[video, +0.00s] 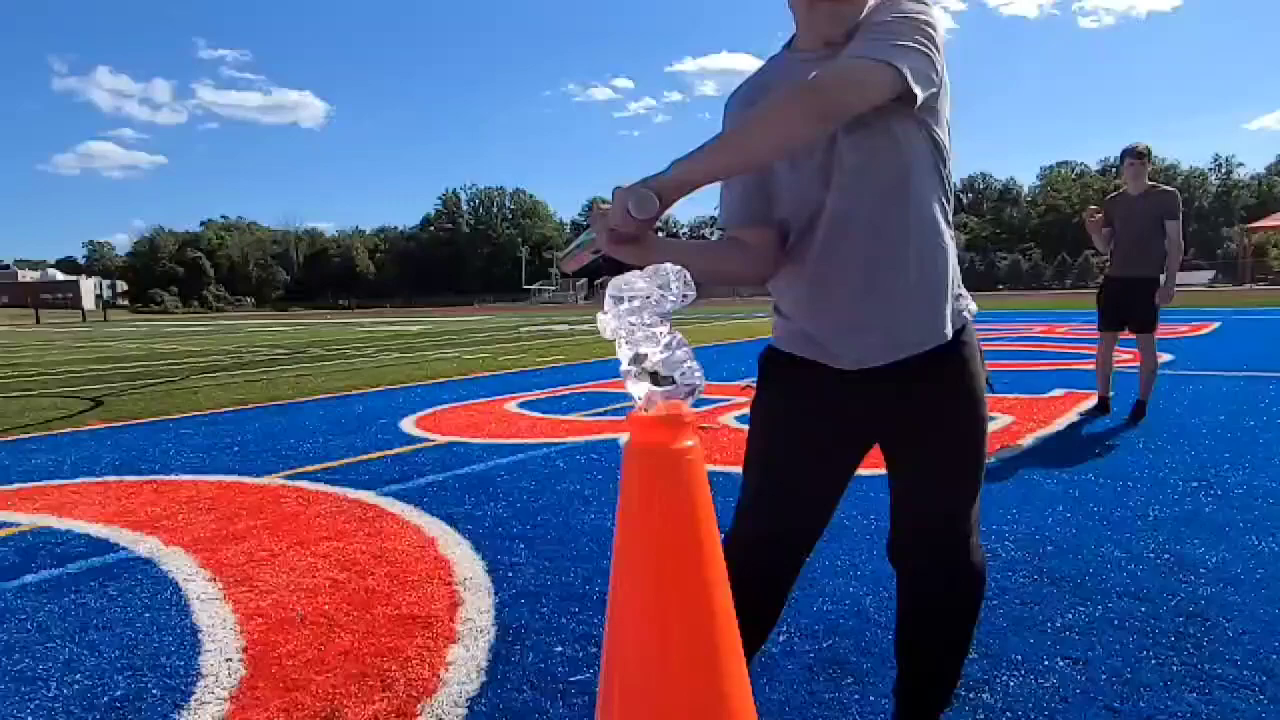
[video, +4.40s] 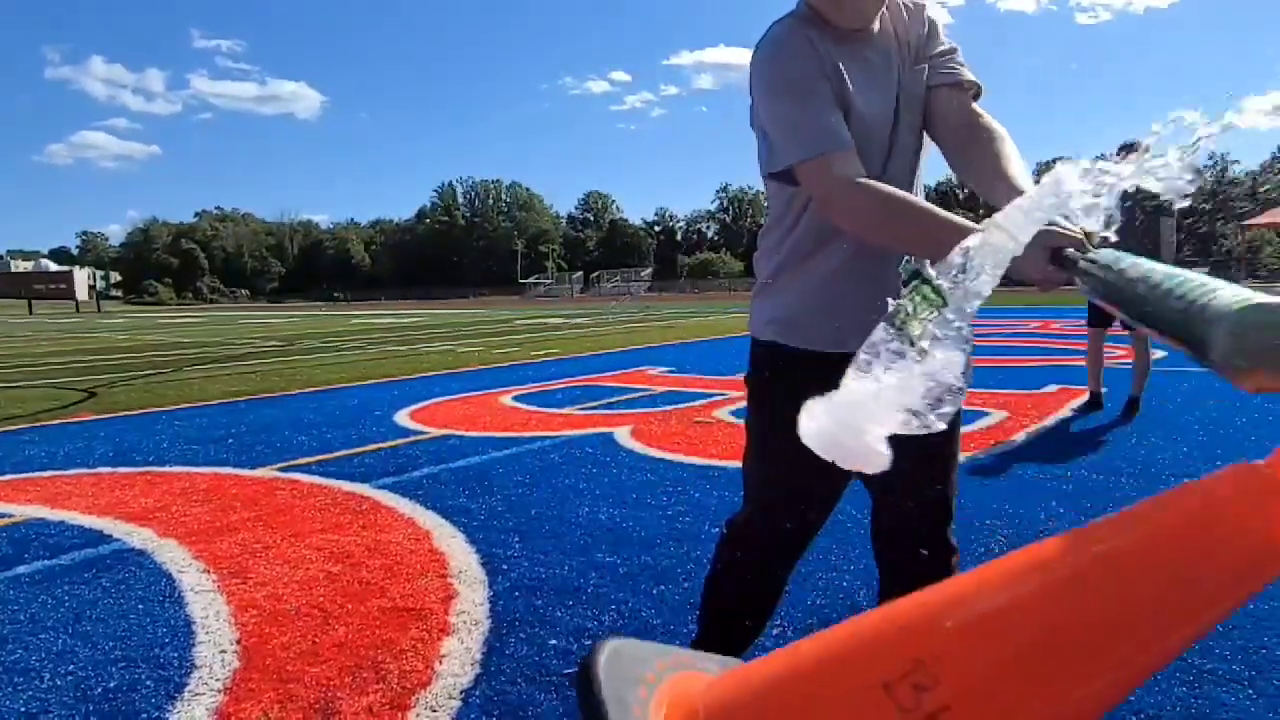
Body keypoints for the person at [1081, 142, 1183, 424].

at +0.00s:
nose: (1135, 164)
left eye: (1140, 159)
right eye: (1129, 160)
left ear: (1148, 165)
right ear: (1122, 167)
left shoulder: (1167, 197)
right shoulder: (1113, 202)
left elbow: (1174, 243)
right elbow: (1104, 247)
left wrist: (1168, 284)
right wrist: (1094, 229)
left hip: (1146, 280)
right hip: (1115, 280)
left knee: (1145, 343)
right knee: (1106, 341)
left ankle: (1141, 402)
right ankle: (1103, 400)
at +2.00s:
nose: (1136, 165)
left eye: (1141, 160)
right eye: (1131, 160)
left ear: (1149, 163)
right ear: (1122, 165)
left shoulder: (1166, 194)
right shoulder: (1112, 199)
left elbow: (1173, 240)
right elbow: (1102, 244)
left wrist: (1166, 279)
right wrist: (1095, 227)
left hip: (1145, 278)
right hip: (1113, 277)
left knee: (1144, 342)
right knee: (1102, 338)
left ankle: (1139, 400)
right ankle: (1100, 396)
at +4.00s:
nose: (1133, 167)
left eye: (1138, 161)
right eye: (1128, 161)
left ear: (1147, 165)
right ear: (1118, 166)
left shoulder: (1162, 196)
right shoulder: (1107, 200)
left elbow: (1183, 227)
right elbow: (1090, 233)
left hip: (1142, 274)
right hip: (1107, 272)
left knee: (1140, 338)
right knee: (1095, 335)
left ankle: (1136, 396)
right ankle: (1095, 394)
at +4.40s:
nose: (1128, 166)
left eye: (1134, 160)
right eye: (1124, 159)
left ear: (1144, 161)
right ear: (1116, 160)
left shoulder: (1153, 198)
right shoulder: (1101, 193)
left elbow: (1165, 246)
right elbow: (1086, 230)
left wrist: (1159, 281)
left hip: (1138, 271)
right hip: (1100, 269)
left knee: (1139, 338)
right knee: (1095, 335)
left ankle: (1135, 396)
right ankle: (1095, 393)